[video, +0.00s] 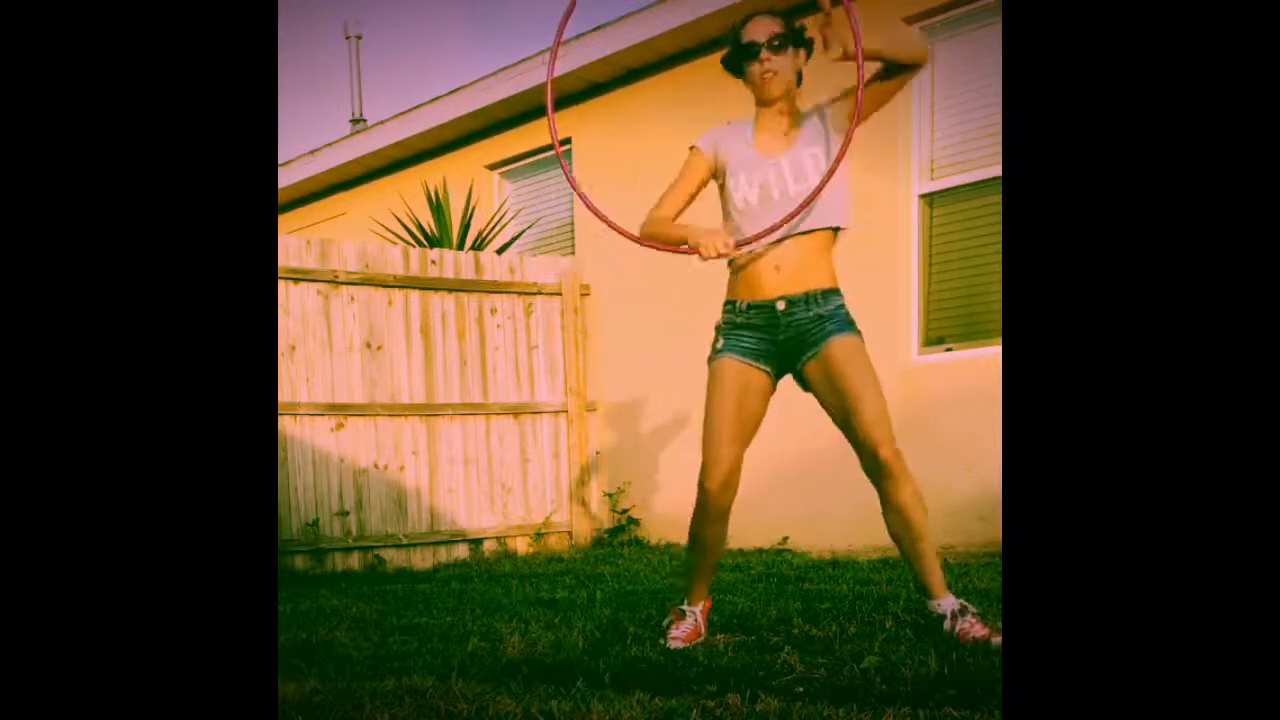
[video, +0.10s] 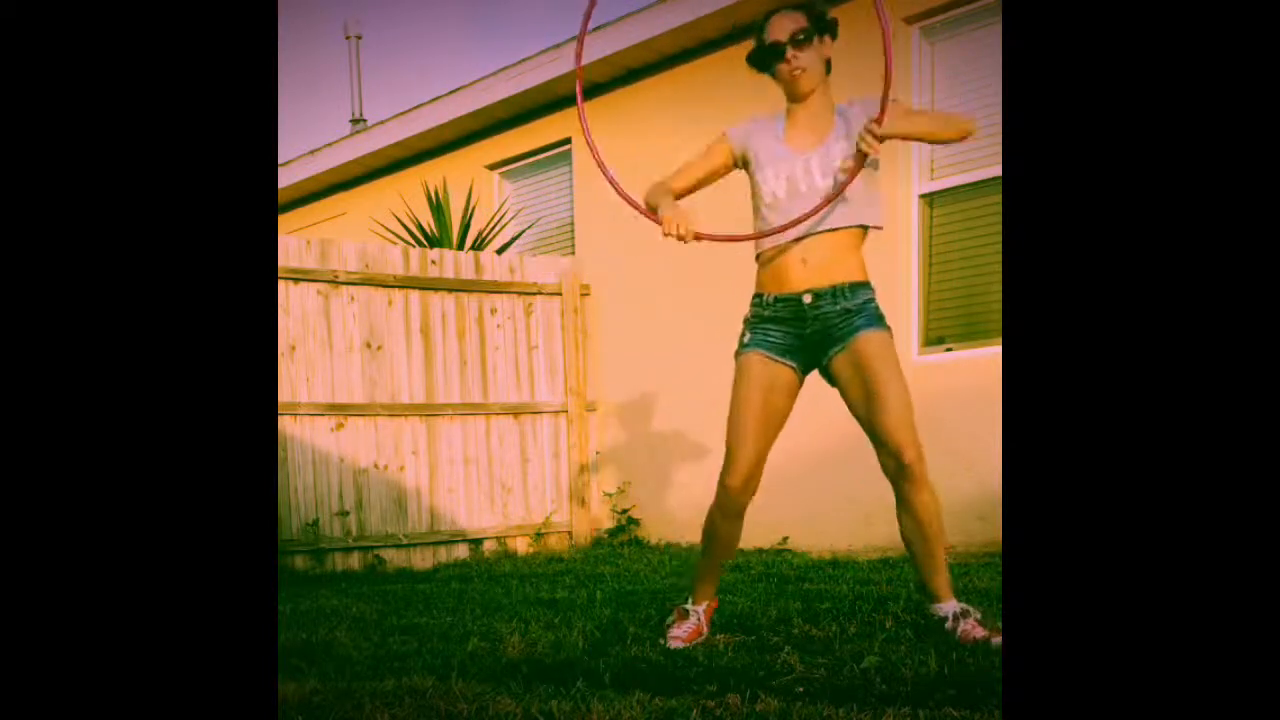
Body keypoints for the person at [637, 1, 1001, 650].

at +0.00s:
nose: (764, 60)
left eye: (777, 48)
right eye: (751, 53)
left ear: (801, 57)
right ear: (739, 70)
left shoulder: (830, 121)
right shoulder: (721, 144)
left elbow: (913, 55)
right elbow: (652, 226)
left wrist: (854, 39)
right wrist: (692, 235)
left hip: (822, 314)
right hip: (745, 324)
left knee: (884, 456)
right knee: (715, 478)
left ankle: (943, 602)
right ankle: (695, 606)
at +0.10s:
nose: (789, 57)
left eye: (799, 41)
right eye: (776, 51)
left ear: (829, 45)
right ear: (766, 66)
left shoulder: (861, 115)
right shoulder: (749, 137)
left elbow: (960, 128)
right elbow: (660, 189)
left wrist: (885, 128)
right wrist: (669, 210)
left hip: (850, 310)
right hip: (772, 318)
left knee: (906, 458)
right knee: (736, 479)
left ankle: (946, 606)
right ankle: (700, 602)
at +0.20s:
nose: (806, 59)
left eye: (814, 41)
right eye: (793, 55)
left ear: (849, 34)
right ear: (789, 66)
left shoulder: (896, 111)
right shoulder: (786, 123)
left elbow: (943, 198)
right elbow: (691, 133)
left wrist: (858, 209)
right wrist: (670, 144)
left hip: (875, 306)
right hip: (798, 314)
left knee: (921, 461)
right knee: (729, 468)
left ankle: (949, 608)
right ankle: (701, 593)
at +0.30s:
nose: (814, 68)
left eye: (821, 50)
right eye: (804, 61)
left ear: (860, 34)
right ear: (804, 66)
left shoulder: (907, 114)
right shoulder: (817, 111)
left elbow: (905, 224)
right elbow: (734, 85)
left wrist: (803, 237)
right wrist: (704, 68)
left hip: (885, 306)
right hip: (813, 312)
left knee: (930, 461)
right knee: (726, 451)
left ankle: (949, 606)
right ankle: (695, 598)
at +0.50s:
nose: (806, 81)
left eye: (812, 62)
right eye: (801, 70)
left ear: (855, 47)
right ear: (826, 65)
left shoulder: (896, 121)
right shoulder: (828, 126)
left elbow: (851, 226)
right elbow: (761, 86)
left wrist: (771, 157)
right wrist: (753, 27)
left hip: (874, 313)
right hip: (809, 320)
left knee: (919, 469)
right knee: (726, 463)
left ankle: (947, 609)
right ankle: (676, 614)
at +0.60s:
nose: (790, 83)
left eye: (796, 68)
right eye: (784, 73)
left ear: (839, 56)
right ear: (812, 65)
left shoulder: (884, 122)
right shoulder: (811, 131)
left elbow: (849, 191)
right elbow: (733, 122)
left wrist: (795, 109)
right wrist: (742, 44)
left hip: (859, 318)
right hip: (793, 327)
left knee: (903, 472)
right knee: (711, 465)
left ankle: (944, 611)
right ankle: (679, 618)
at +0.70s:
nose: (771, 94)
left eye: (777, 78)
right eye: (767, 83)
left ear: (819, 66)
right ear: (778, 82)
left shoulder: (870, 118)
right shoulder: (779, 144)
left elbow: (862, 129)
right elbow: (695, 166)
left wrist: (814, 35)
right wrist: (700, 76)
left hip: (838, 323)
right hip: (771, 334)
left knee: (889, 474)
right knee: (682, 465)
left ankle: (943, 613)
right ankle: (675, 617)